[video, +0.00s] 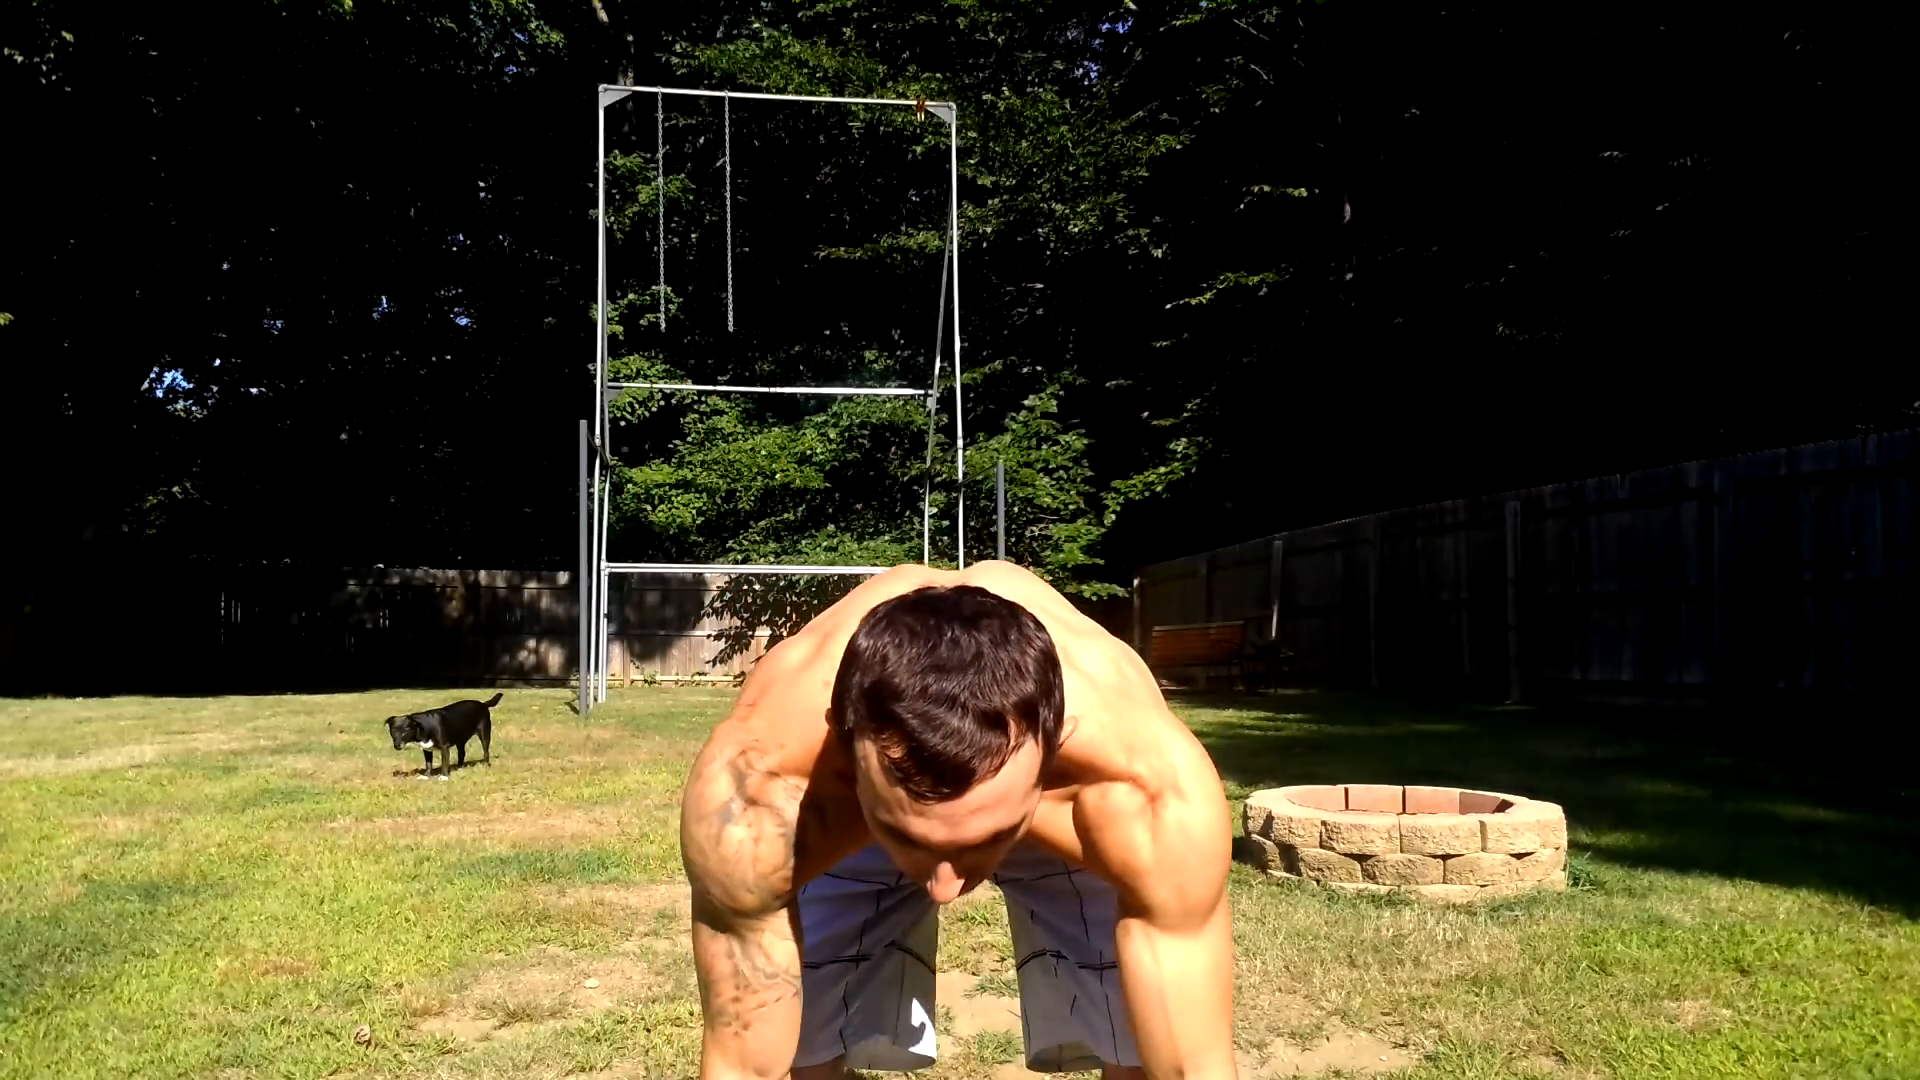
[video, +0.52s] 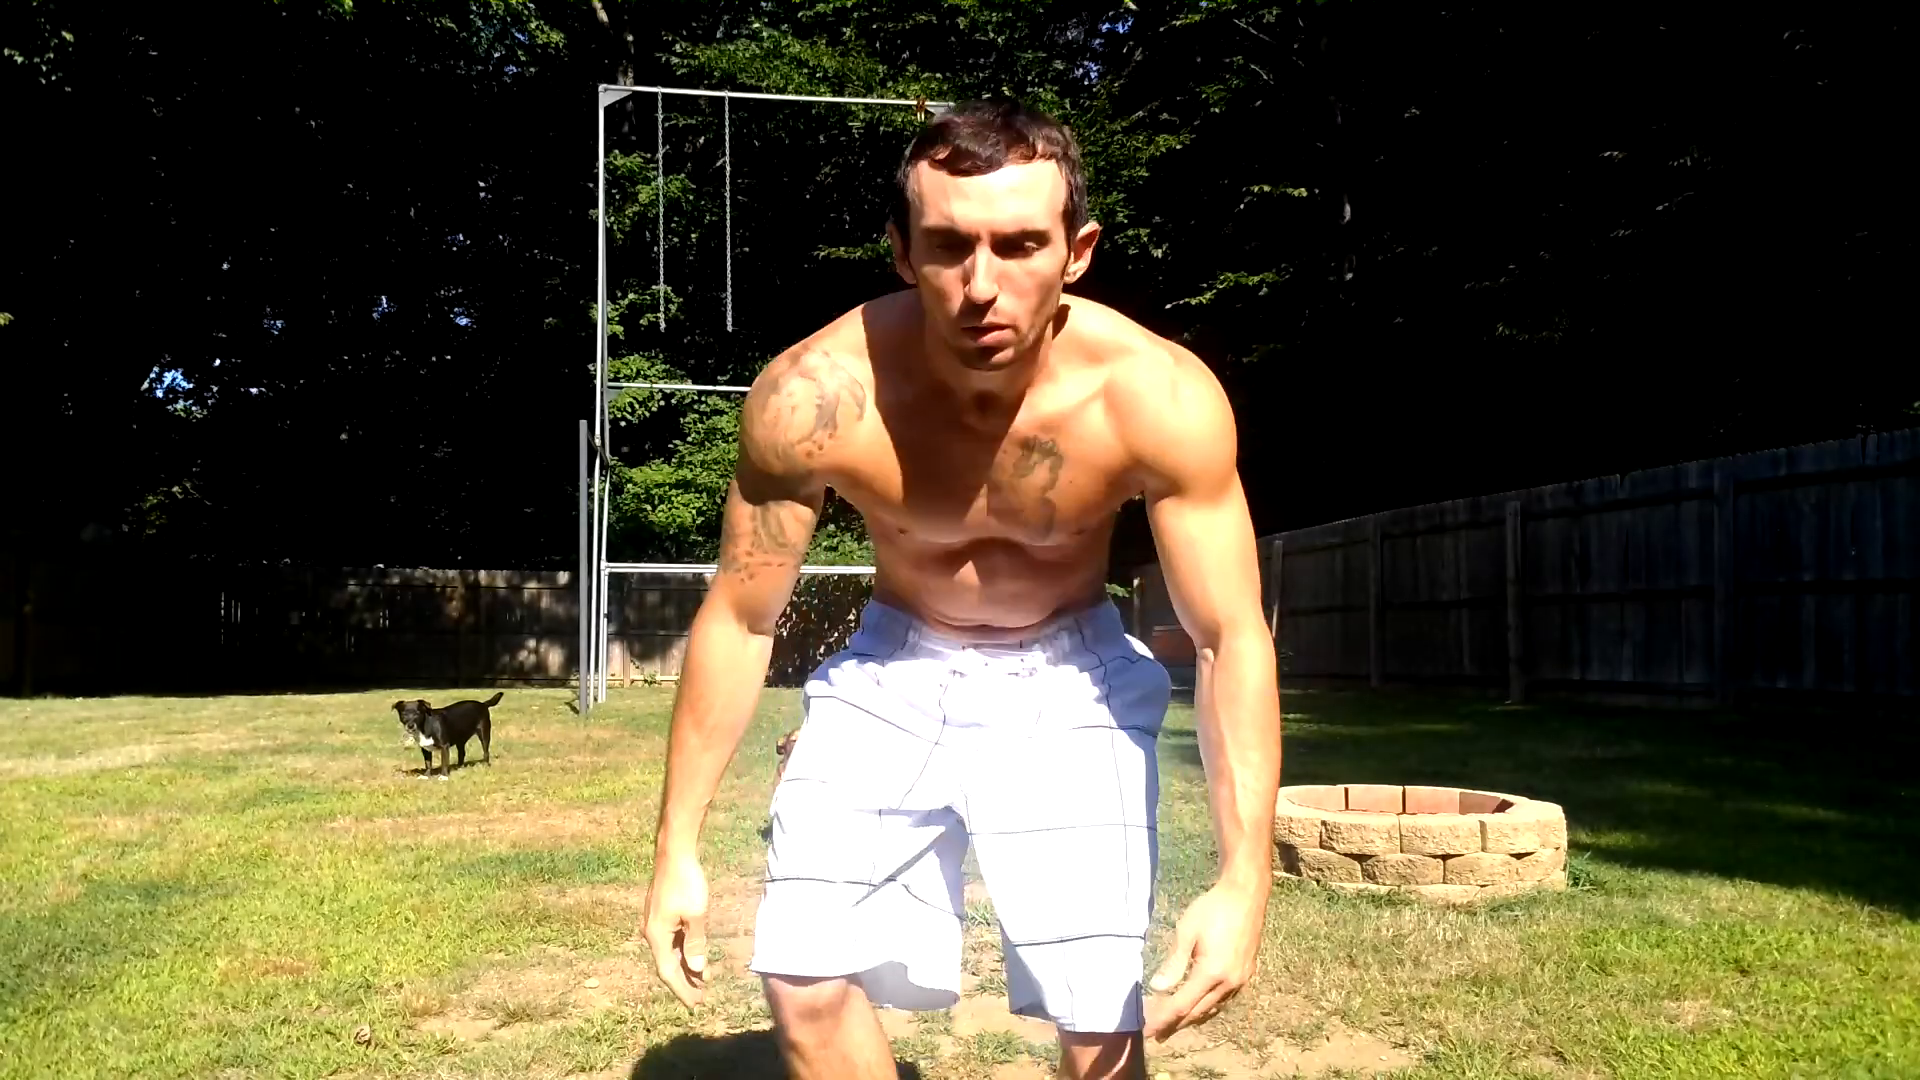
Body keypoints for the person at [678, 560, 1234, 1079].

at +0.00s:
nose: (944, 888)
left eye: (989, 841)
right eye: (906, 839)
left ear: (1047, 762)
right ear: (854, 761)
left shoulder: (1165, 813)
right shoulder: (744, 816)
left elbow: (1197, 1069)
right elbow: (739, 1065)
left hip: (1070, 812)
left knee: (1141, 1059)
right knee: (800, 1060)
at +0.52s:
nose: (980, 285)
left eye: (1016, 246)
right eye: (947, 248)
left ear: (1075, 250)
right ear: (905, 252)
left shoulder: (1162, 403)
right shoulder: (812, 399)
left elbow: (1233, 641)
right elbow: (738, 618)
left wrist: (1242, 881)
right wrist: (676, 844)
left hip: (1073, 672)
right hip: (891, 658)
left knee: (1098, 1020)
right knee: (804, 974)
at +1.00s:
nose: (920, 160)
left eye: (945, 127)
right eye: (893, 132)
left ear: (1002, 114)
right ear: (868, 124)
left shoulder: (1084, 265)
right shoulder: (810, 279)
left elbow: (1168, 443)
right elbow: (754, 464)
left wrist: (1248, 581)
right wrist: (698, 637)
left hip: (1052, 617)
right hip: (890, 625)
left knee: (1090, 958)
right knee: (901, 965)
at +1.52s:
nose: (1014, 213)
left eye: (1039, 186)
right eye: (991, 186)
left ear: (1091, 157)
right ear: (967, 161)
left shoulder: (1171, 287)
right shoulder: (919, 282)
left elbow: (1237, 467)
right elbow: (884, 450)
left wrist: (1283, 631)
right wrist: (847, 611)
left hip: (1100, 625)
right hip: (952, 615)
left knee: (1105, 919)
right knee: (914, 911)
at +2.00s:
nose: (965, 175)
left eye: (989, 150)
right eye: (943, 152)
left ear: (1031, 153)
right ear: (916, 157)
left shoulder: (1099, 292)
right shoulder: (852, 294)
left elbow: (1157, 457)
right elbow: (805, 460)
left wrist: (1150, 593)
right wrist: (767, 612)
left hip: (1049, 624)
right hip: (902, 623)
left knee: (1085, 923)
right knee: (905, 922)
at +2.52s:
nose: (973, 135)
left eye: (998, 114)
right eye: (949, 113)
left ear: (1029, 138)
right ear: (916, 135)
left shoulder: (1098, 285)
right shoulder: (841, 284)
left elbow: (1152, 464)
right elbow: (793, 457)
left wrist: (1173, 630)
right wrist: (768, 627)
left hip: (1052, 625)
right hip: (901, 627)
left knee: (1073, 933)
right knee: (904, 941)